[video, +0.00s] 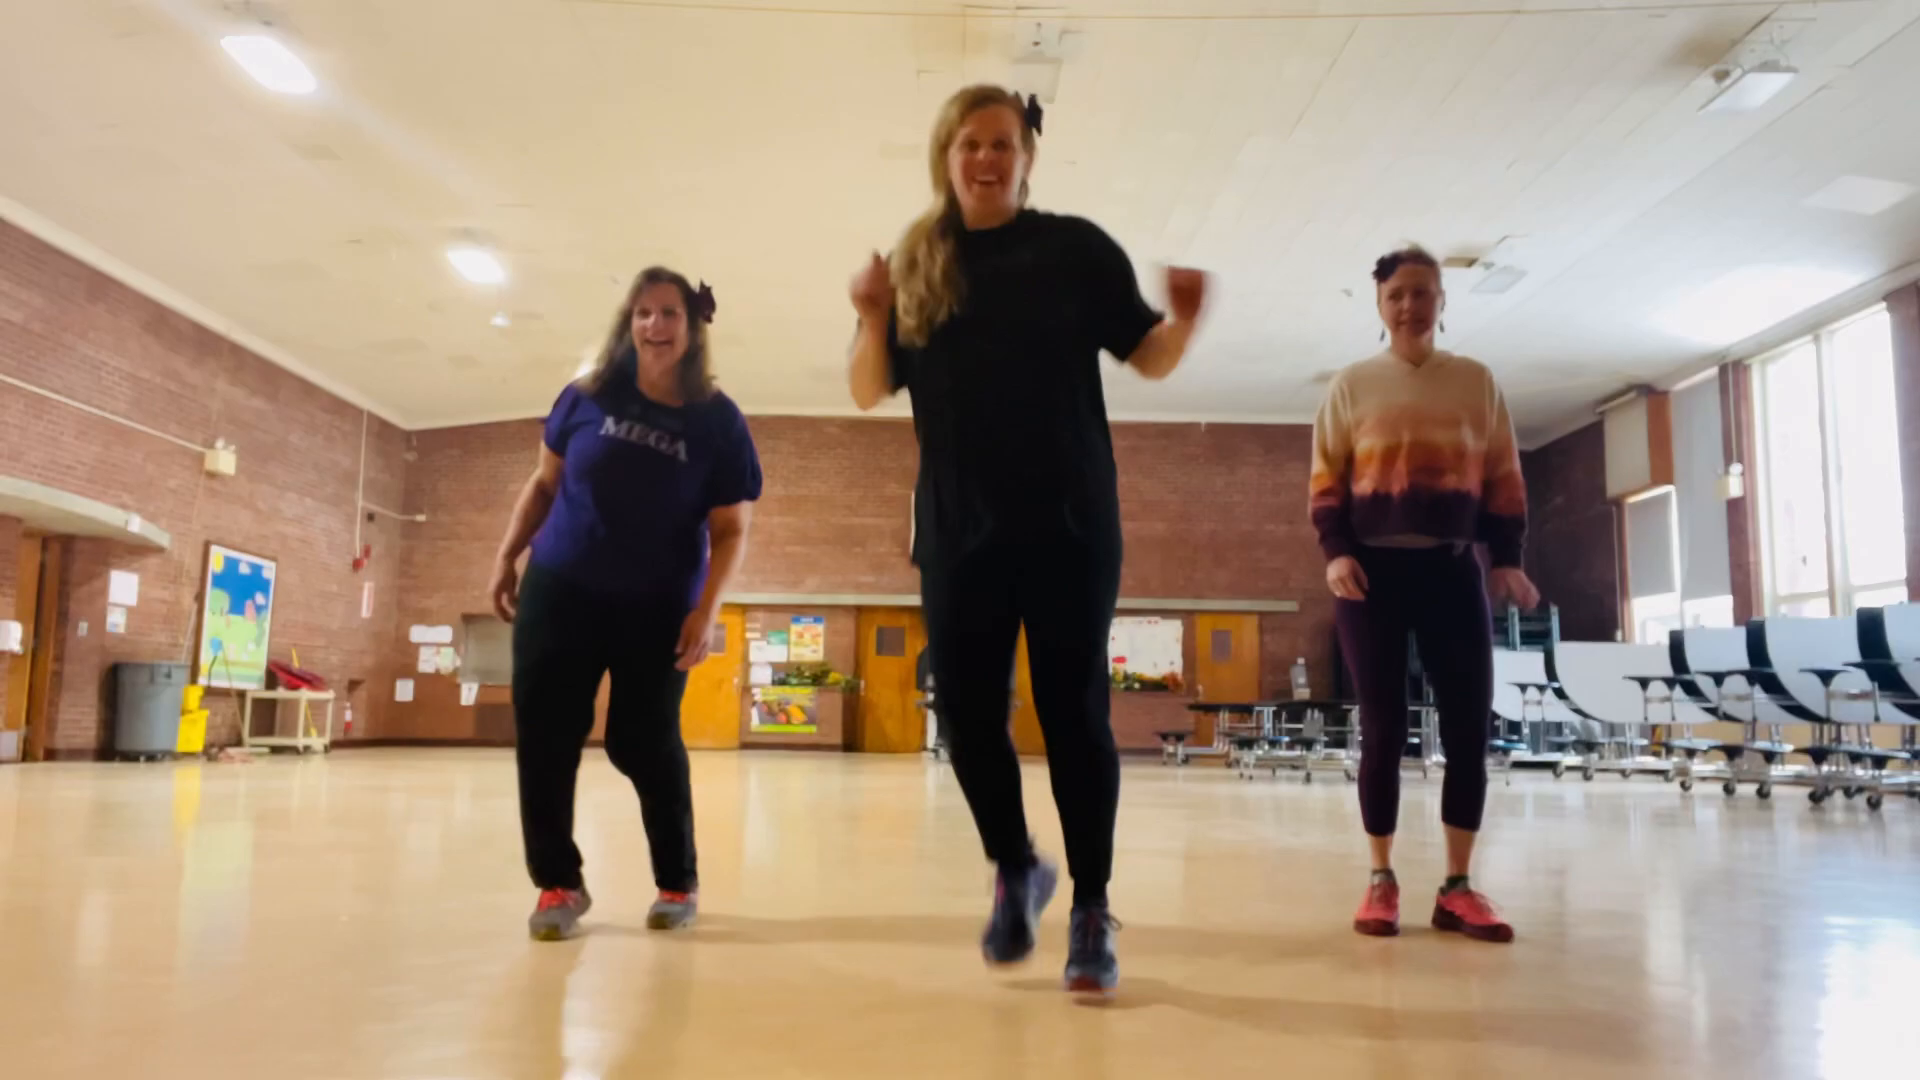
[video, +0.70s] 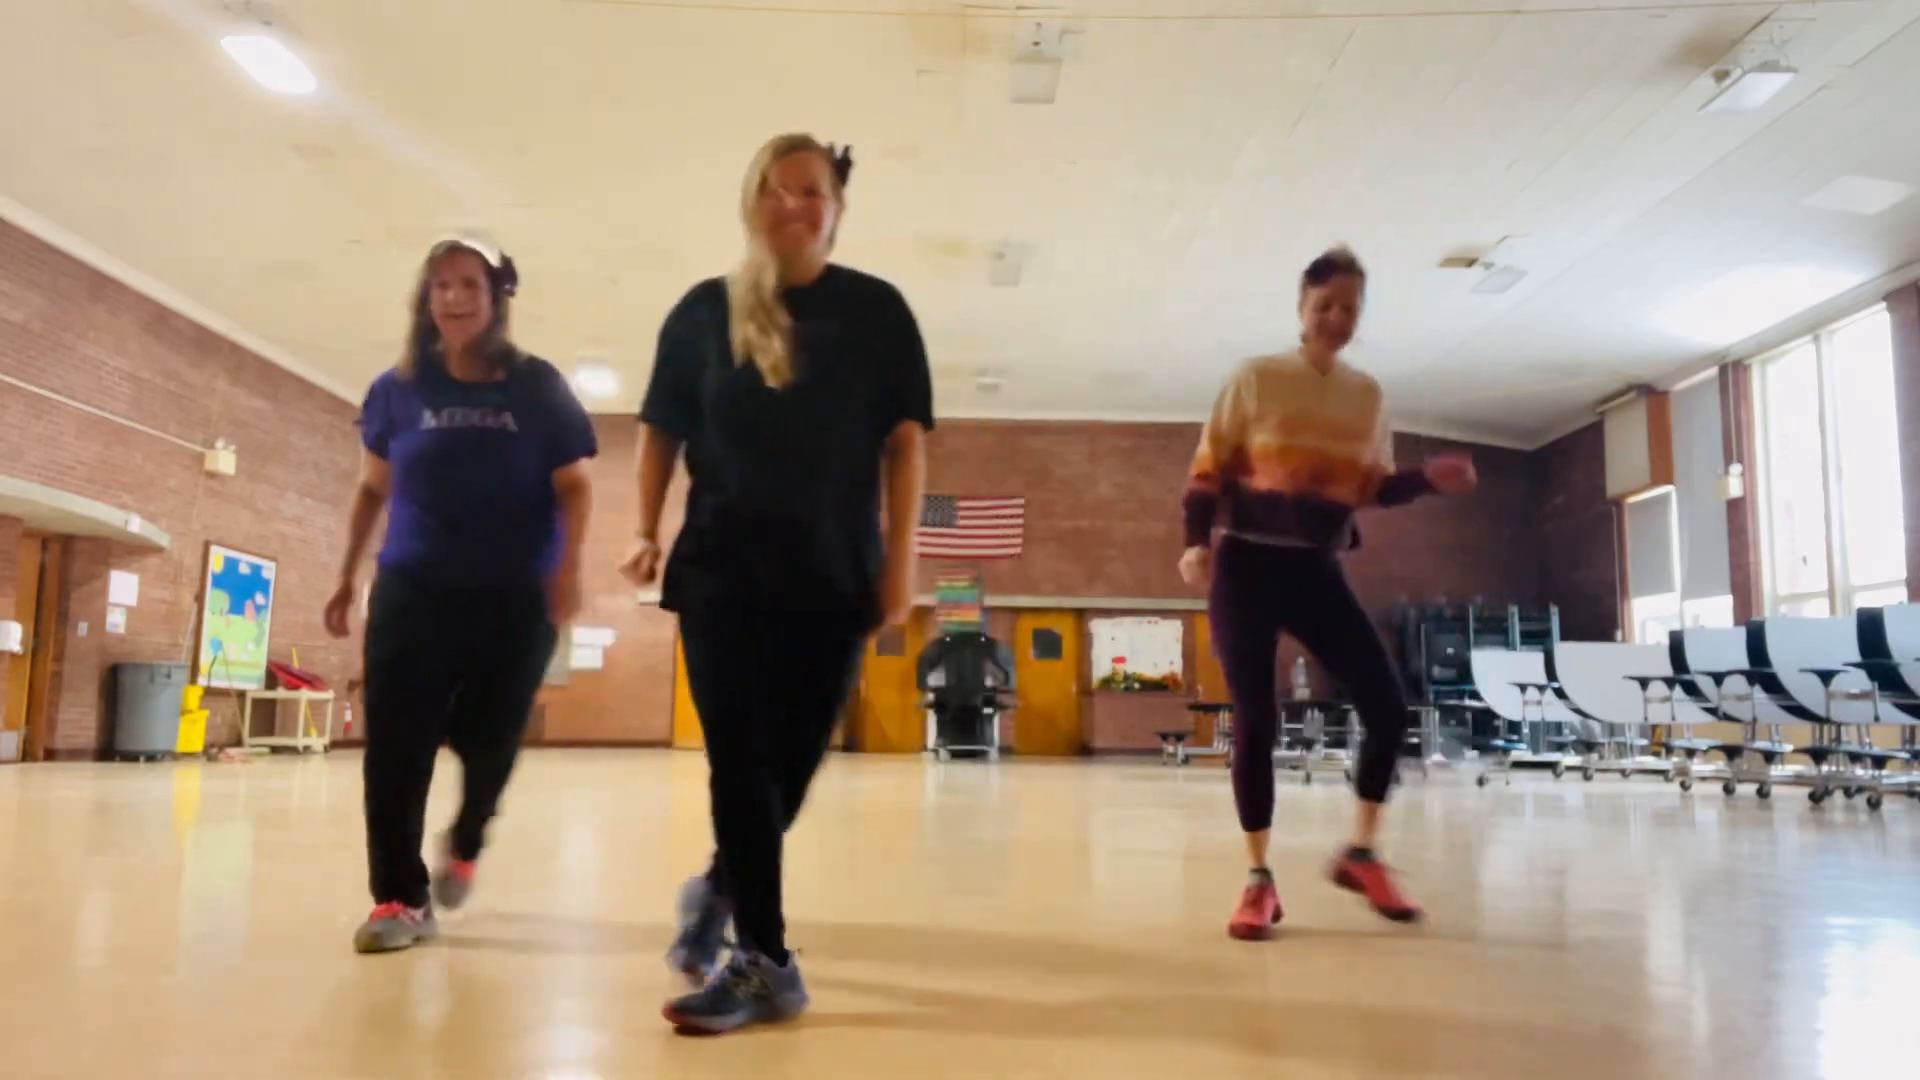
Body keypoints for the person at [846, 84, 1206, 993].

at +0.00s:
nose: (984, 158)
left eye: (1000, 145)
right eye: (970, 144)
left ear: (1027, 158)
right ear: (943, 158)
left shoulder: (1077, 248)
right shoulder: (917, 263)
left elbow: (1152, 358)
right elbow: (869, 392)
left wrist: (1183, 315)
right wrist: (872, 317)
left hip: (1067, 516)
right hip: (960, 521)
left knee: (1071, 711)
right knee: (966, 716)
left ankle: (1092, 910)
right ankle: (1015, 870)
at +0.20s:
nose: (970, 197)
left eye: (986, 185)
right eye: (955, 183)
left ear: (1009, 200)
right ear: (926, 197)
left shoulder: (1045, 297)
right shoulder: (895, 314)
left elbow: (1153, 383)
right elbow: (854, 441)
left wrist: (1240, 443)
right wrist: (863, 367)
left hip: (1059, 543)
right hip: (951, 546)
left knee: (1083, 734)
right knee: (877, 658)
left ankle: (1124, 926)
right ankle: (949, 844)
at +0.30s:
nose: (946, 215)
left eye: (963, 202)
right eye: (932, 202)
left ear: (990, 218)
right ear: (908, 219)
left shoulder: (1032, 321)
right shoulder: (879, 334)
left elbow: (1109, 437)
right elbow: (848, 476)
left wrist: (1172, 507)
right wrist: (847, 447)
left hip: (1040, 572)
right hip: (932, 576)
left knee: (1067, 758)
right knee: (873, 754)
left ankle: (1122, 938)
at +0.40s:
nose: (915, 207)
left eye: (932, 194)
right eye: (901, 192)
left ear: (956, 212)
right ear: (874, 207)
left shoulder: (998, 323)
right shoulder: (834, 322)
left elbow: (1037, 460)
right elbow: (796, 450)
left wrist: (1074, 570)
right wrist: (812, 537)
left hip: (988, 574)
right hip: (878, 577)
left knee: (1036, 757)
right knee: (830, 767)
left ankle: (1111, 930)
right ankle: (780, 957)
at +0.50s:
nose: (878, 201)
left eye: (894, 189)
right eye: (862, 187)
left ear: (919, 207)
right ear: (833, 203)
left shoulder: (956, 320)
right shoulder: (788, 316)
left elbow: (980, 459)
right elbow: (746, 450)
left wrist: (989, 579)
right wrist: (753, 557)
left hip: (930, 570)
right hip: (811, 571)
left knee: (984, 741)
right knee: (787, 761)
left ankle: (1024, 897)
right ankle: (767, 957)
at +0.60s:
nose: (834, 198)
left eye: (851, 185)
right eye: (820, 183)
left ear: (877, 202)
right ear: (791, 197)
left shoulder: (917, 314)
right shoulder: (742, 308)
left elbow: (944, 444)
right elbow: (701, 436)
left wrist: (946, 558)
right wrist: (691, 540)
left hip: (878, 568)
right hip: (762, 565)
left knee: (896, 737)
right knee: (763, 759)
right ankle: (766, 955)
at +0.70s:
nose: (793, 205)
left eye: (810, 192)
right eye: (778, 191)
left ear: (837, 208)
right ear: (751, 203)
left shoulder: (877, 310)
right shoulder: (705, 310)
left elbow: (906, 443)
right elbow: (662, 429)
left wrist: (899, 563)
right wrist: (647, 526)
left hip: (833, 570)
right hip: (721, 564)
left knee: (790, 767)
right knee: (738, 761)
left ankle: (712, 894)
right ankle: (765, 958)